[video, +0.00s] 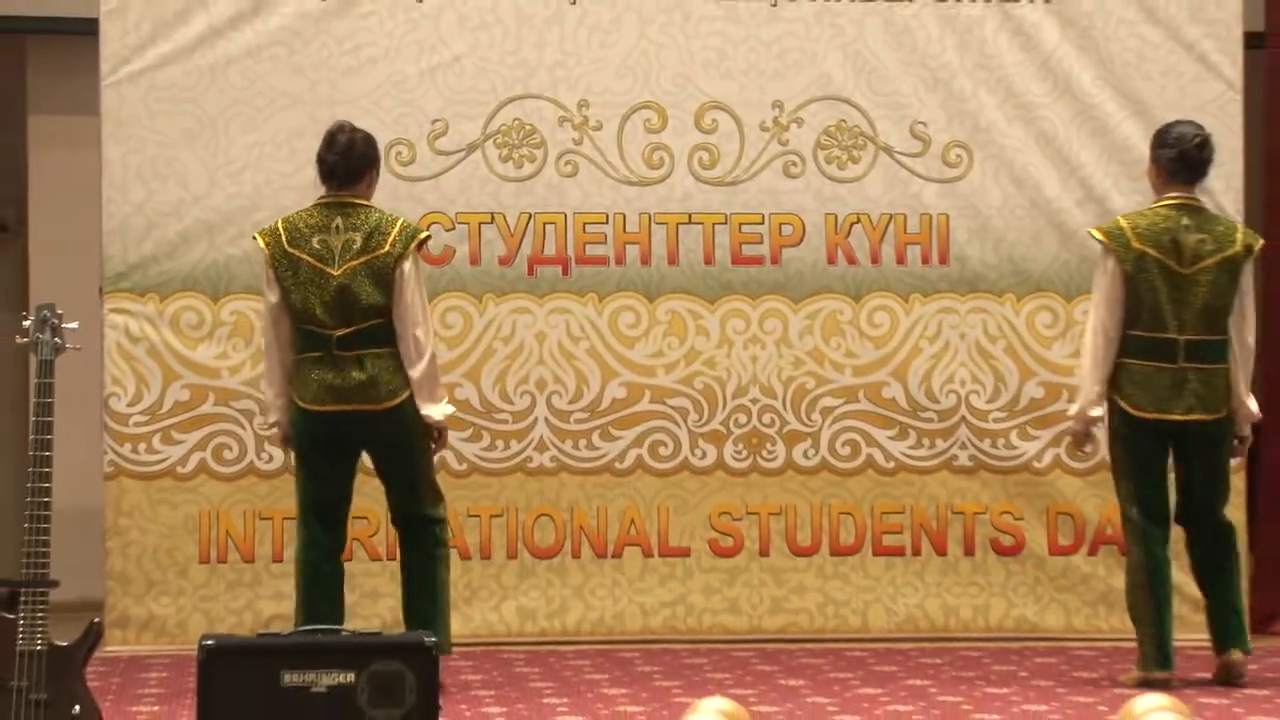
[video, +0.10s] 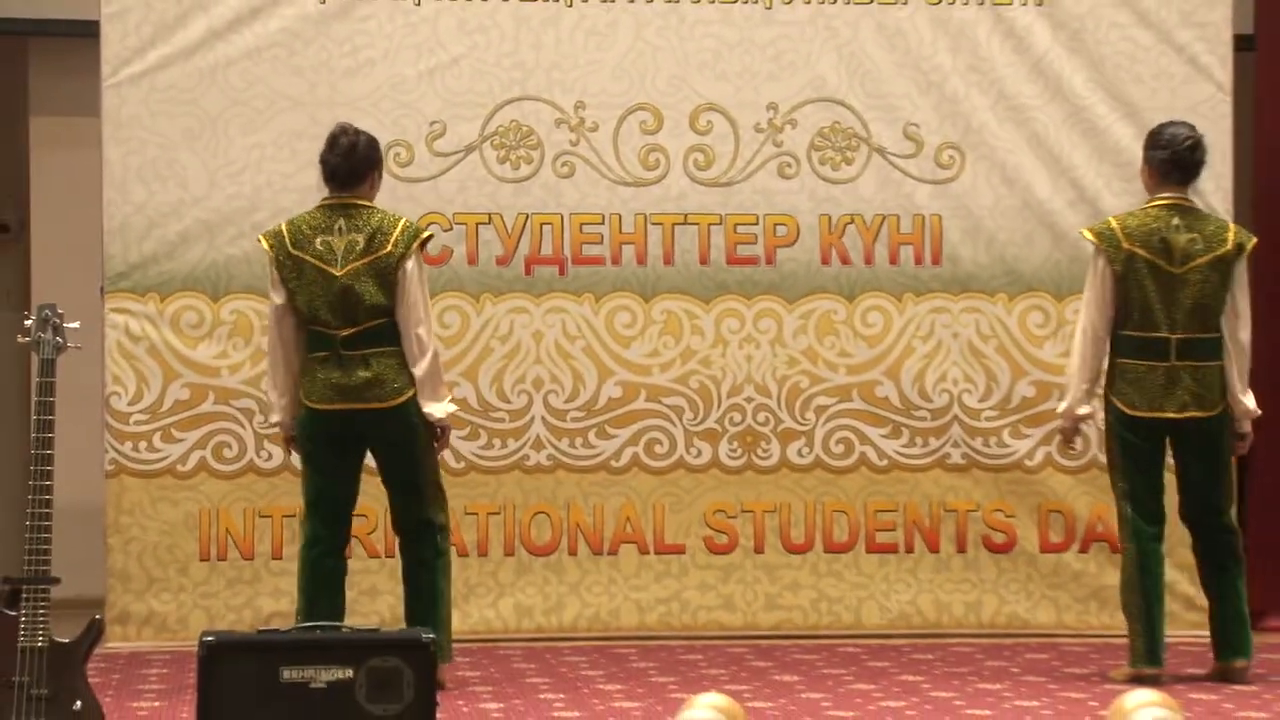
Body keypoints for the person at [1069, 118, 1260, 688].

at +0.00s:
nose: (1146, 171)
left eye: (1148, 163)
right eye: (1153, 162)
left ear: (1155, 169)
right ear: (1204, 171)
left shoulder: (1124, 237)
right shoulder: (1237, 242)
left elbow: (1104, 326)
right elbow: (1242, 333)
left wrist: (1089, 399)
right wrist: (1241, 403)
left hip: (1137, 407)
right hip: (1207, 410)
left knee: (1145, 527)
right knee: (1207, 518)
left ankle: (1154, 661)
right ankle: (1232, 647)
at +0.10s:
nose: (1139, 171)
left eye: (1141, 163)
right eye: (1146, 163)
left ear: (1147, 169)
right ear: (1197, 172)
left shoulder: (1115, 237)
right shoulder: (1229, 241)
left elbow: (1094, 326)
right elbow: (1238, 331)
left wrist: (1077, 398)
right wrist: (1240, 402)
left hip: (1133, 404)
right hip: (1204, 406)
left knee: (1140, 529)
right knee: (1214, 522)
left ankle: (1145, 658)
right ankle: (1233, 654)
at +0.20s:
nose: (1130, 173)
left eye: (1132, 165)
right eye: (1138, 165)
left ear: (1138, 172)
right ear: (1188, 174)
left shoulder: (1106, 240)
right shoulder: (1220, 241)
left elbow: (1084, 328)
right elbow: (1232, 326)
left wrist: (1066, 398)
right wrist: (1238, 395)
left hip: (1129, 403)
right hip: (1201, 403)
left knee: (1135, 524)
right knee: (1207, 523)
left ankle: (1131, 653)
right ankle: (1215, 651)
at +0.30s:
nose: (1125, 173)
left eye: (1126, 166)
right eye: (1131, 165)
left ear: (1133, 172)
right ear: (1183, 173)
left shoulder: (1103, 240)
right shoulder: (1216, 239)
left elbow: (1083, 329)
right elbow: (1228, 323)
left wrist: (1065, 398)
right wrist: (1236, 389)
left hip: (1128, 401)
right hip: (1199, 401)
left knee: (1131, 519)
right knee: (1203, 520)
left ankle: (1123, 647)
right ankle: (1208, 646)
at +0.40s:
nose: (1120, 175)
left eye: (1122, 168)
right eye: (1126, 167)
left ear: (1125, 175)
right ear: (1176, 175)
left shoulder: (1098, 243)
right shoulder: (1210, 240)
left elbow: (1087, 333)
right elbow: (1223, 326)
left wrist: (1074, 399)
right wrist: (1232, 395)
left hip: (1127, 401)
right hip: (1196, 400)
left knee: (1124, 518)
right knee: (1195, 518)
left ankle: (1113, 639)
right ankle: (1194, 640)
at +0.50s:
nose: (1118, 179)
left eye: (1119, 172)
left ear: (1121, 177)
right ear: (1173, 177)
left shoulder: (1095, 243)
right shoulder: (1206, 240)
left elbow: (1088, 331)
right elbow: (1218, 324)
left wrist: (1083, 397)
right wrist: (1226, 391)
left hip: (1123, 401)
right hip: (1190, 399)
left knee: (1120, 513)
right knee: (1188, 513)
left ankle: (1111, 627)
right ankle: (1185, 633)